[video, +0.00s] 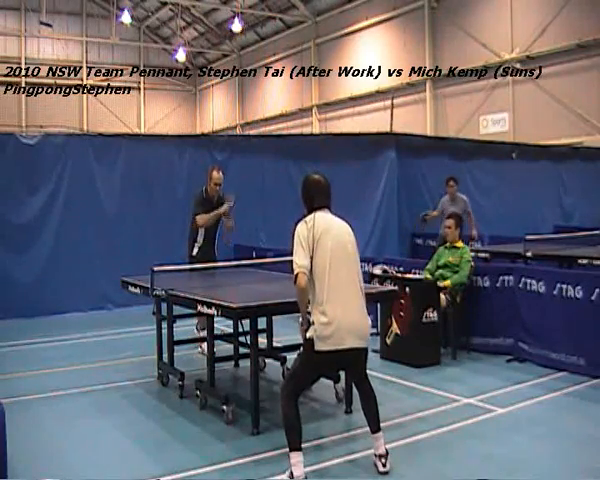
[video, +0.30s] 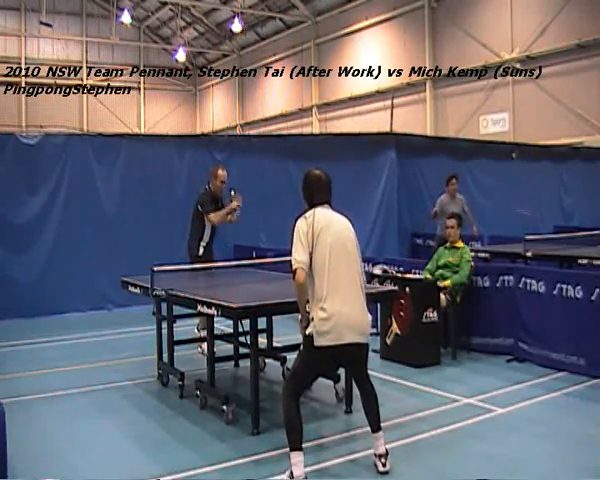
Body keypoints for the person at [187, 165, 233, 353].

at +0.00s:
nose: (217, 188)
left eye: (220, 184)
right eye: (215, 184)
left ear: (223, 183)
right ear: (208, 181)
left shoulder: (220, 198)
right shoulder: (201, 197)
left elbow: (226, 225)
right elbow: (200, 220)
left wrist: (227, 219)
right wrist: (221, 210)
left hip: (211, 250)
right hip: (197, 250)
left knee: (210, 291)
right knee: (201, 293)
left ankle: (204, 328)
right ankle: (201, 331)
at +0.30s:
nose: (223, 185)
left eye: (224, 182)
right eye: (220, 181)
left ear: (225, 182)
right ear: (212, 180)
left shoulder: (219, 196)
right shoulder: (205, 197)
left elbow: (222, 217)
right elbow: (214, 218)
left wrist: (230, 215)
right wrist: (231, 207)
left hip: (208, 249)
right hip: (199, 250)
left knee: (210, 291)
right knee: (204, 293)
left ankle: (204, 327)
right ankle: (203, 334)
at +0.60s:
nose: (227, 195)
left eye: (229, 192)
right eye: (225, 191)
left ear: (229, 191)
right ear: (217, 188)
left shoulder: (224, 207)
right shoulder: (209, 196)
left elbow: (222, 233)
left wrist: (226, 253)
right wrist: (207, 213)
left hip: (209, 249)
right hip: (197, 248)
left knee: (208, 288)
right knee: (201, 289)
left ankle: (200, 327)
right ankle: (200, 334)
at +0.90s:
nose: (222, 182)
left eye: (225, 179)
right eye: (220, 178)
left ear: (227, 181)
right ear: (214, 177)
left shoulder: (225, 201)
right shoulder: (205, 193)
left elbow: (225, 227)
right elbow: (183, 198)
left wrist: (224, 249)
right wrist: (186, 221)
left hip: (213, 248)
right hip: (199, 247)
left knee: (212, 286)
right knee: (198, 288)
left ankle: (206, 326)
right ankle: (198, 327)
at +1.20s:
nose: (210, 172)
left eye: (212, 169)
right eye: (207, 169)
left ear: (216, 170)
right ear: (202, 171)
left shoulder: (221, 191)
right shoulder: (196, 194)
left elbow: (227, 215)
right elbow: (184, 212)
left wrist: (228, 235)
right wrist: (181, 219)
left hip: (219, 247)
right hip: (202, 248)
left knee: (218, 287)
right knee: (202, 289)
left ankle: (216, 323)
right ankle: (208, 330)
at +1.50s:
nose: (202, 187)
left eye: (204, 183)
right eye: (199, 184)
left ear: (209, 184)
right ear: (195, 185)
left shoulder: (221, 203)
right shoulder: (198, 208)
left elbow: (235, 222)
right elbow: (194, 234)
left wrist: (233, 243)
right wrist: (186, 244)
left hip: (224, 257)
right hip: (207, 257)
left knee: (233, 295)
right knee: (199, 297)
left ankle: (249, 334)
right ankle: (199, 339)